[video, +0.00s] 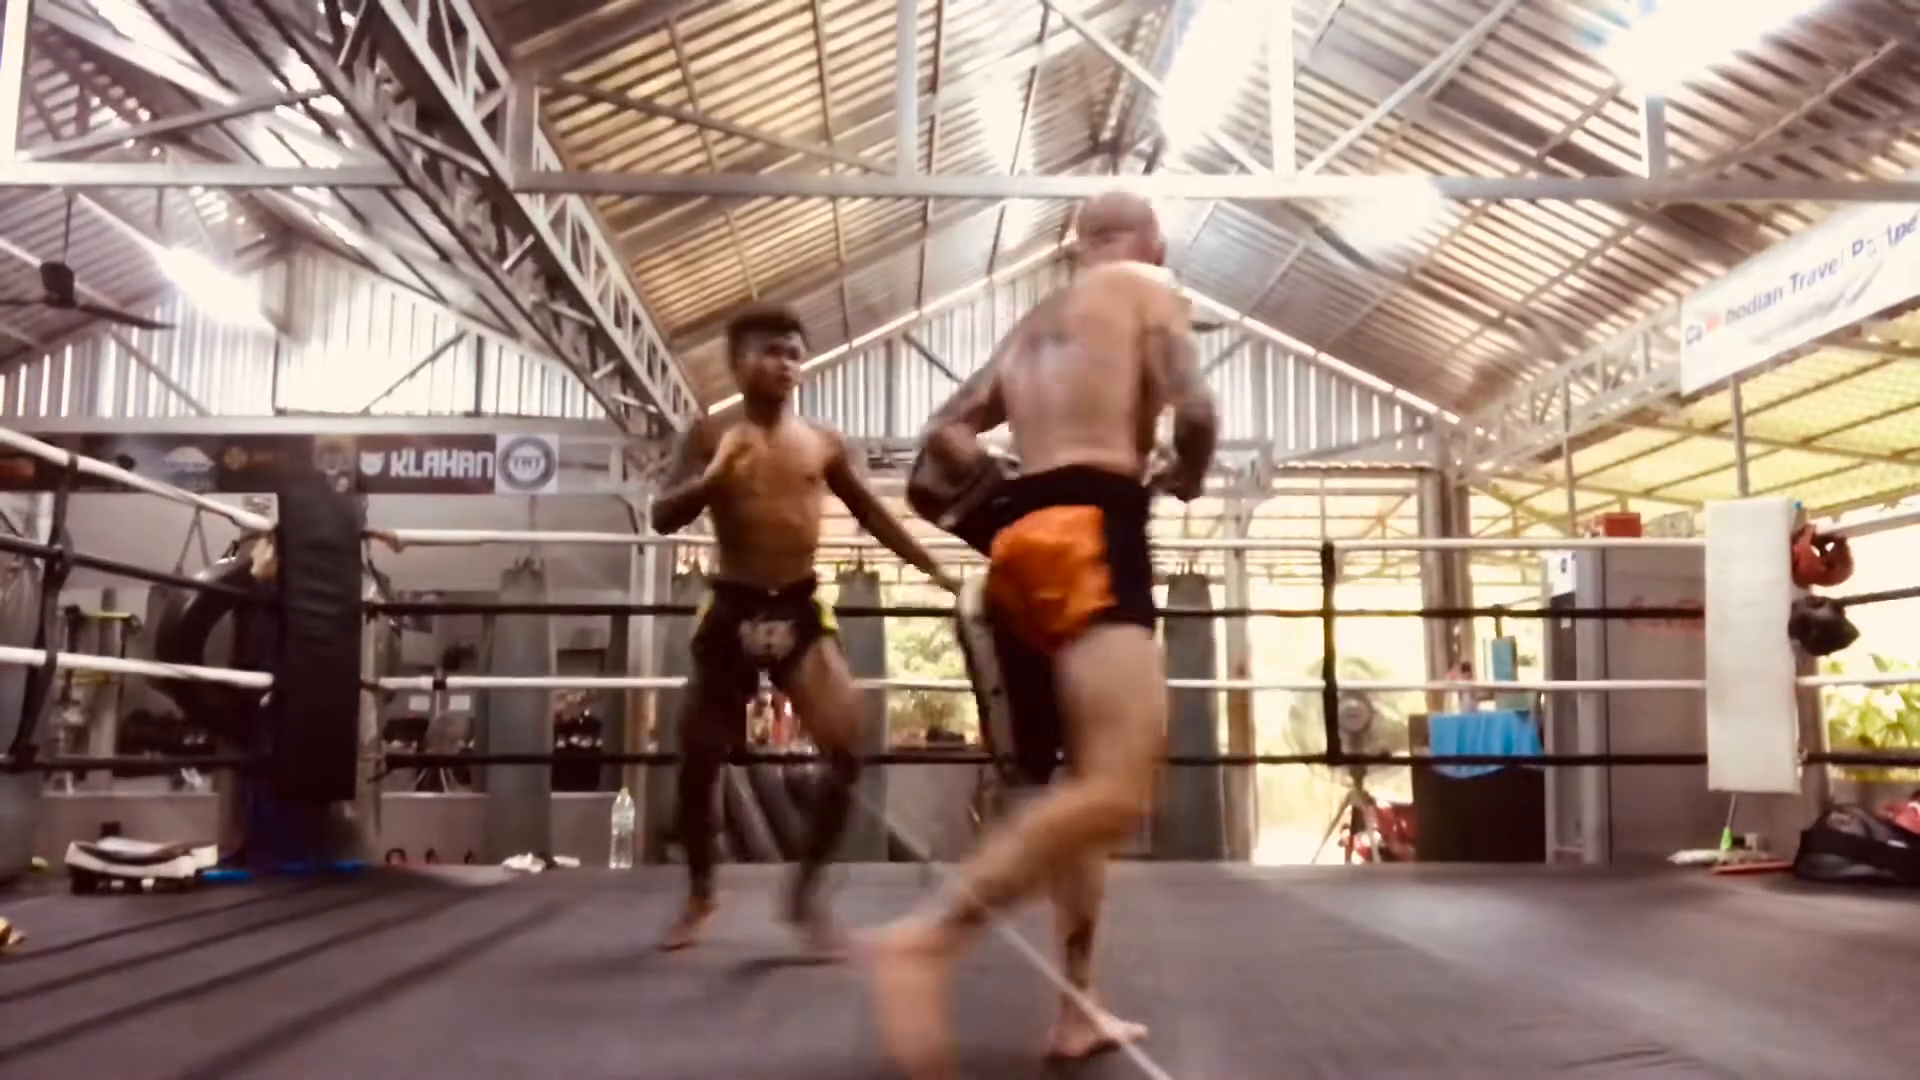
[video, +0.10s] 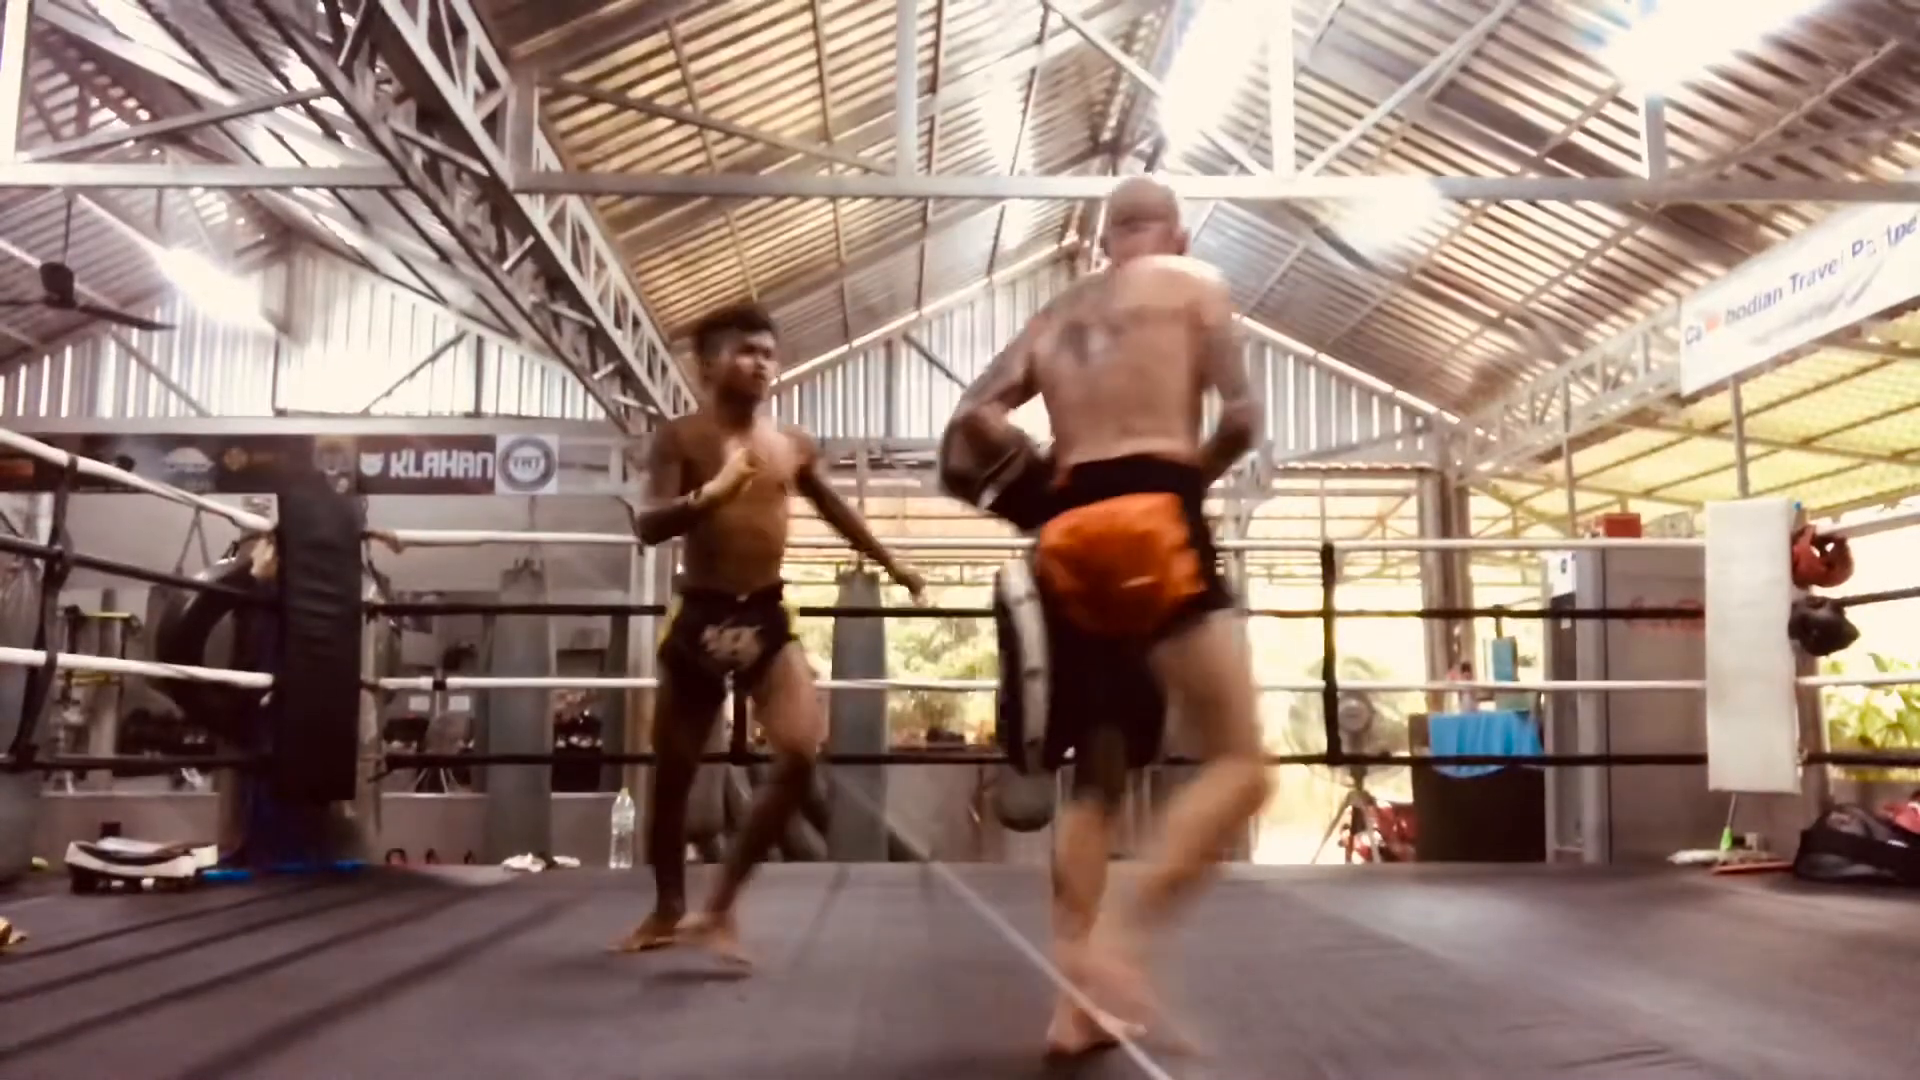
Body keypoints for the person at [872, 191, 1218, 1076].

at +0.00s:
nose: (1162, 252)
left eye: (1155, 240)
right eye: (1158, 240)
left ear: (1082, 244)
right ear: (1144, 237)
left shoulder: (1028, 326)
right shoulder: (1149, 289)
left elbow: (946, 432)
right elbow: (1196, 411)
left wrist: (1007, 500)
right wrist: (1184, 478)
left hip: (1016, 533)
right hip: (1091, 520)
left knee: (1080, 788)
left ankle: (1077, 1006)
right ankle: (921, 942)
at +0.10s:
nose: (1181, 240)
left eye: (1168, 226)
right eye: (1178, 227)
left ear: (1105, 237)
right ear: (1172, 231)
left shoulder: (1051, 320)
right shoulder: (1195, 286)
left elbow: (975, 416)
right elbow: (1244, 420)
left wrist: (1044, 476)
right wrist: (1190, 475)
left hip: (1066, 528)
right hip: (1152, 514)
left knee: (1091, 776)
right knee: (1241, 761)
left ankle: (1077, 1000)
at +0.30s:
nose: (1187, 252)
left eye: (1179, 238)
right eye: (1217, 234)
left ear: (1173, 242)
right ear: (1232, 239)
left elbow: (1057, 412)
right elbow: (1360, 435)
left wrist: (1114, 448)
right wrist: (1286, 463)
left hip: (1183, 539)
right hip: (1287, 528)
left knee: (1131, 783)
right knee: (1392, 753)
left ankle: (1092, 1003)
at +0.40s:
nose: (1199, 288)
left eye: (1202, 274)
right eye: (1200, 278)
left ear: (1226, 255)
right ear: (1275, 253)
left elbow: (1186, 423)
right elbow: (1408, 452)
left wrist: (1138, 447)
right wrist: (1323, 470)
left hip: (1255, 553)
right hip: (1357, 542)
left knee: (1168, 789)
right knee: (1444, 781)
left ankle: (1112, 1006)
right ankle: (1559, 984)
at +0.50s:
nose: (1252, 302)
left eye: (1254, 286)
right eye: (1249, 289)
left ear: (1285, 266)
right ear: (1317, 261)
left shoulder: (1284, 322)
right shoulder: (1410, 334)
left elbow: (1298, 430)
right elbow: (1429, 461)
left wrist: (1214, 454)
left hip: (1333, 562)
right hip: (1431, 551)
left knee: (1230, 797)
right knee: (1470, 788)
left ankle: (1171, 1011)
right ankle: (1573, 999)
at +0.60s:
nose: (1286, 287)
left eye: (1288, 268)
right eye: (1280, 273)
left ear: (1317, 249)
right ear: (1350, 247)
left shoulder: (1338, 303)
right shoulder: (1436, 313)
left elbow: (1411, 386)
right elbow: (1454, 396)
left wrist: (1316, 422)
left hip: (1385, 547)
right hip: (1468, 538)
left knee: (1295, 755)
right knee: (1494, 776)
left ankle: (1292, 1002)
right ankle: (1582, 994)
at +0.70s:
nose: (1294, 264)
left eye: (1301, 244)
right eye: (1292, 249)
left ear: (1341, 232)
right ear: (1361, 232)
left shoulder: (1390, 289)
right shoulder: (1407, 297)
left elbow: (1472, 362)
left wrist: (1379, 410)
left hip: (1434, 524)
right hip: (1482, 522)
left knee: (1334, 704)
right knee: (1511, 766)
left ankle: (1427, 1003)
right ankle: (1599, 988)